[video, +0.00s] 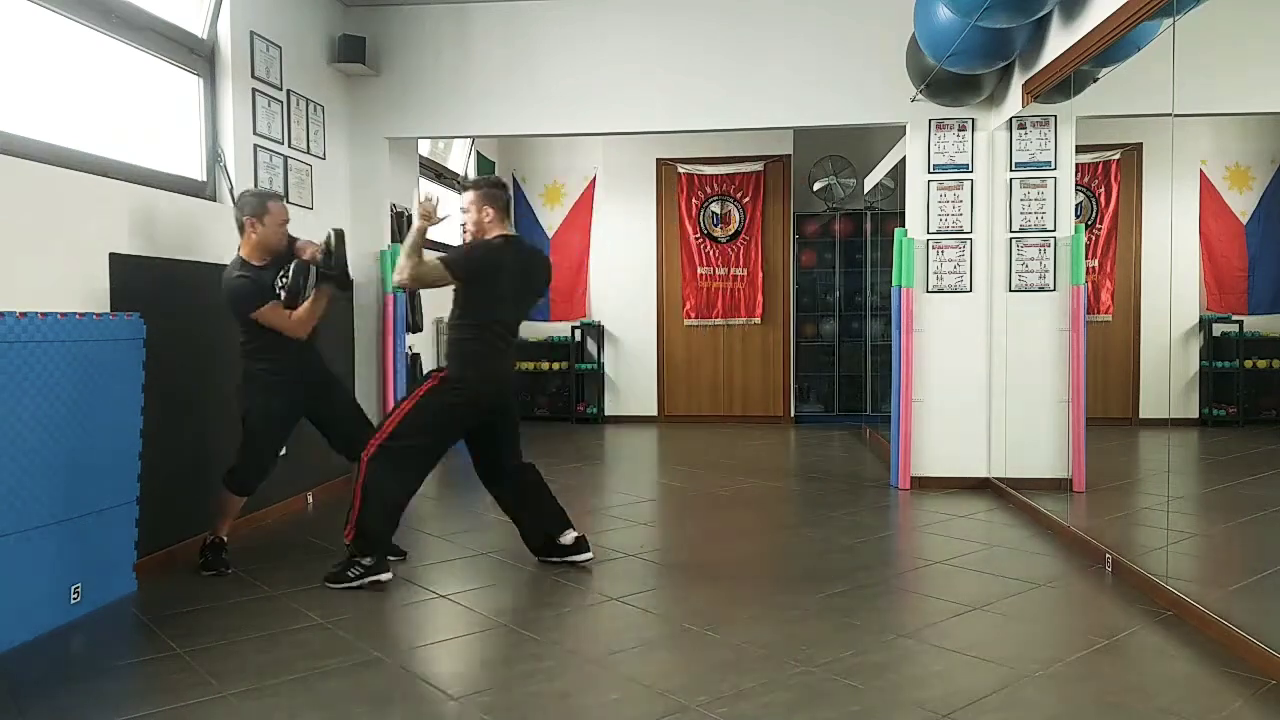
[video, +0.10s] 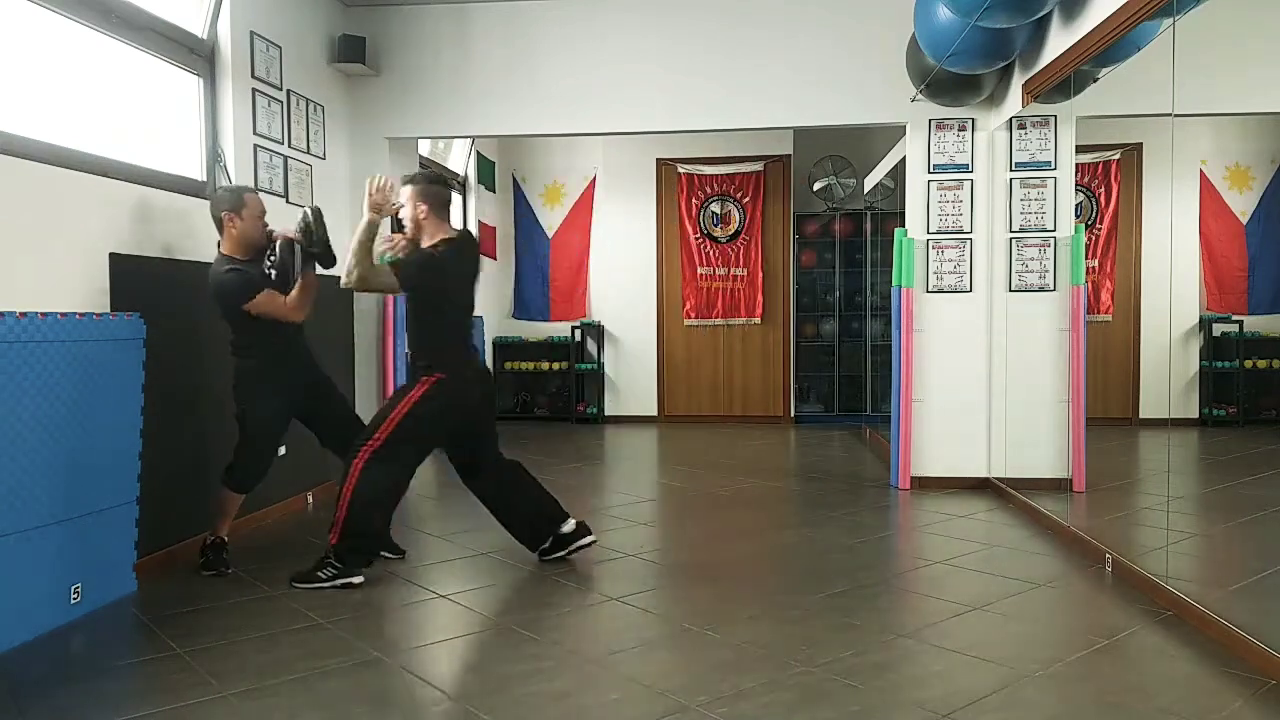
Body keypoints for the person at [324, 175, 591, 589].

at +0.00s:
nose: (463, 223)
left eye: (467, 214)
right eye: (463, 215)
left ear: (490, 214)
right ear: (503, 216)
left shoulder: (482, 255)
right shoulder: (537, 263)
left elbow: (406, 274)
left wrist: (419, 226)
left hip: (461, 380)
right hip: (498, 382)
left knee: (381, 455)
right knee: (504, 467)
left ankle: (366, 557)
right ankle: (562, 540)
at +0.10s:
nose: (400, 216)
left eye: (403, 209)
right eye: (399, 209)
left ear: (421, 210)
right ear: (440, 210)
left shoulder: (430, 261)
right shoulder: (464, 248)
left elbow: (357, 277)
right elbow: (428, 275)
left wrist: (370, 217)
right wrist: (404, 252)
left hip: (437, 382)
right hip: (467, 378)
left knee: (371, 457)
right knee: (483, 465)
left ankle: (345, 560)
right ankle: (559, 529)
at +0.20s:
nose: (356, 222)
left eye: (359, 215)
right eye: (356, 215)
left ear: (378, 219)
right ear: (391, 216)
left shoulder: (419, 268)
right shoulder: (392, 249)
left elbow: (369, 308)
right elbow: (316, 224)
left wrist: (358, 247)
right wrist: (336, 265)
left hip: (420, 380)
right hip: (446, 377)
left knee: (360, 457)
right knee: (474, 464)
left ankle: (334, 561)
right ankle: (549, 531)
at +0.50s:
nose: (343, 203)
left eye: (343, 195)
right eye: (342, 195)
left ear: (358, 192)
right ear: (379, 187)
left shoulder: (390, 242)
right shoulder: (405, 222)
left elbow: (320, 278)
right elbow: (339, 273)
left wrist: (315, 219)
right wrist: (325, 213)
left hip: (398, 365)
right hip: (428, 361)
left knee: (344, 456)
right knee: (434, 450)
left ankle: (332, 560)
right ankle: (506, 520)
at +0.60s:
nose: (356, 202)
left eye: (357, 193)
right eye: (353, 194)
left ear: (372, 191)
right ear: (395, 187)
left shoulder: (392, 243)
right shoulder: (426, 219)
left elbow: (322, 273)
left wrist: (322, 216)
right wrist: (364, 163)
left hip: (401, 369)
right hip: (439, 363)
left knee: (348, 459)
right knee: (429, 454)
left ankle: (332, 560)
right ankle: (491, 523)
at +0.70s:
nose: (381, 206)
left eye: (381, 197)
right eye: (379, 198)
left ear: (396, 194)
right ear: (420, 190)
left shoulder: (414, 244)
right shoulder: (452, 232)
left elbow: (342, 269)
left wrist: (345, 217)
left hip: (415, 373)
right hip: (452, 370)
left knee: (359, 461)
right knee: (426, 457)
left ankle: (330, 560)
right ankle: (475, 537)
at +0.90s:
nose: (445, 210)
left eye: (445, 201)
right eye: (444, 202)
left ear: (457, 196)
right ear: (483, 193)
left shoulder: (465, 235)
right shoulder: (511, 233)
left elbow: (391, 248)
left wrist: (391, 216)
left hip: (468, 367)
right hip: (498, 367)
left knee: (403, 449)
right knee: (454, 448)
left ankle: (387, 555)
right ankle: (475, 547)